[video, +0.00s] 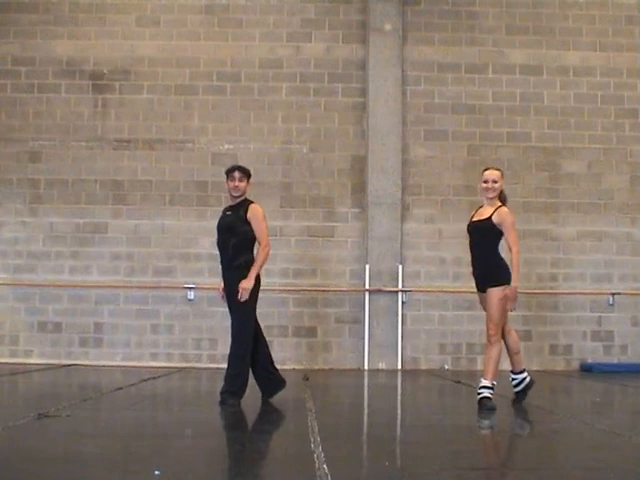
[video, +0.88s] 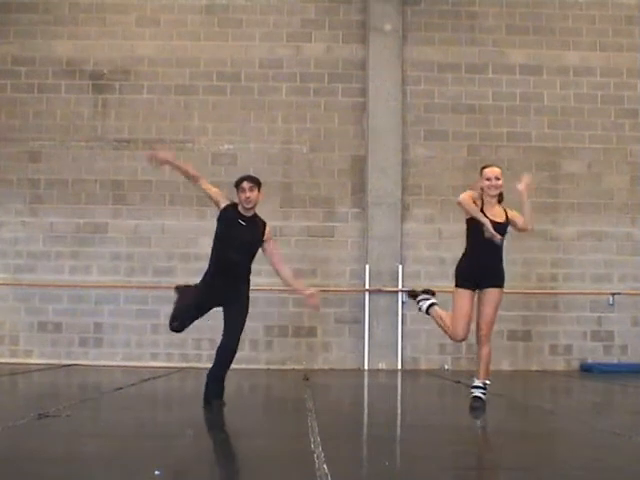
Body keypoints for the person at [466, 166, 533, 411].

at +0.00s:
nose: (490, 186)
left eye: (495, 182)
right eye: (486, 182)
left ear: (502, 185)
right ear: (481, 185)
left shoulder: (503, 213)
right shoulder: (478, 212)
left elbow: (514, 249)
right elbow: (478, 247)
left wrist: (514, 284)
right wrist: (476, 271)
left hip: (498, 277)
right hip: (481, 277)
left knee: (493, 334)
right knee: (505, 330)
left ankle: (486, 387)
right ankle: (520, 375)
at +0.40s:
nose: (483, 187)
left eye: (488, 184)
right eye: (480, 183)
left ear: (496, 186)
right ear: (475, 185)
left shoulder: (498, 213)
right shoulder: (475, 213)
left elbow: (518, 245)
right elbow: (465, 251)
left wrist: (535, 270)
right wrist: (438, 261)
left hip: (500, 278)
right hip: (484, 280)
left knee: (493, 333)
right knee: (508, 330)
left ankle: (485, 388)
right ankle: (523, 377)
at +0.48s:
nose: (486, 186)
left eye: (490, 182)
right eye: (482, 181)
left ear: (498, 186)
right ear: (476, 184)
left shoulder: (500, 214)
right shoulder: (468, 213)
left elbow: (525, 243)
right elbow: (450, 242)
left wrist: (548, 264)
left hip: (499, 278)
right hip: (480, 279)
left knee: (493, 333)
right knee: (501, 330)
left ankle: (485, 388)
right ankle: (521, 376)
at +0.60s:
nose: (492, 185)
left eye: (496, 181)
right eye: (487, 181)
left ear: (502, 185)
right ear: (480, 185)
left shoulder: (506, 217)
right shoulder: (469, 205)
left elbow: (529, 244)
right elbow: (434, 200)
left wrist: (553, 270)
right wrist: (465, 195)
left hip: (495, 277)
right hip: (471, 276)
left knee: (492, 332)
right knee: (476, 335)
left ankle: (485, 386)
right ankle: (505, 362)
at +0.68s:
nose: (494, 187)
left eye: (498, 183)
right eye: (489, 183)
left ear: (504, 187)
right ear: (482, 187)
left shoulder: (505, 222)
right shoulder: (474, 200)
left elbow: (516, 255)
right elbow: (453, 180)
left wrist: (546, 265)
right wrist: (463, 212)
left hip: (494, 277)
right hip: (468, 276)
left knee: (490, 334)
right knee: (463, 337)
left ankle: (485, 385)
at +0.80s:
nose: (497, 187)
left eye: (500, 183)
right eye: (492, 184)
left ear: (506, 187)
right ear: (485, 187)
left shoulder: (505, 221)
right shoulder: (479, 200)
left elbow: (513, 248)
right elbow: (460, 187)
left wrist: (537, 230)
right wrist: (471, 217)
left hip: (494, 275)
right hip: (468, 273)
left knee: (488, 333)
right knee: (460, 337)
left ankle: (483, 387)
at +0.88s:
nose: (493, 182)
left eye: (497, 179)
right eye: (488, 179)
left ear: (502, 184)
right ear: (480, 183)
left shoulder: (505, 212)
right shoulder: (473, 199)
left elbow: (525, 226)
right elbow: (464, 201)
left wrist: (524, 197)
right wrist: (486, 223)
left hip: (493, 274)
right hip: (468, 271)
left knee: (483, 334)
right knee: (458, 334)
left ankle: (481, 386)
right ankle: (428, 305)